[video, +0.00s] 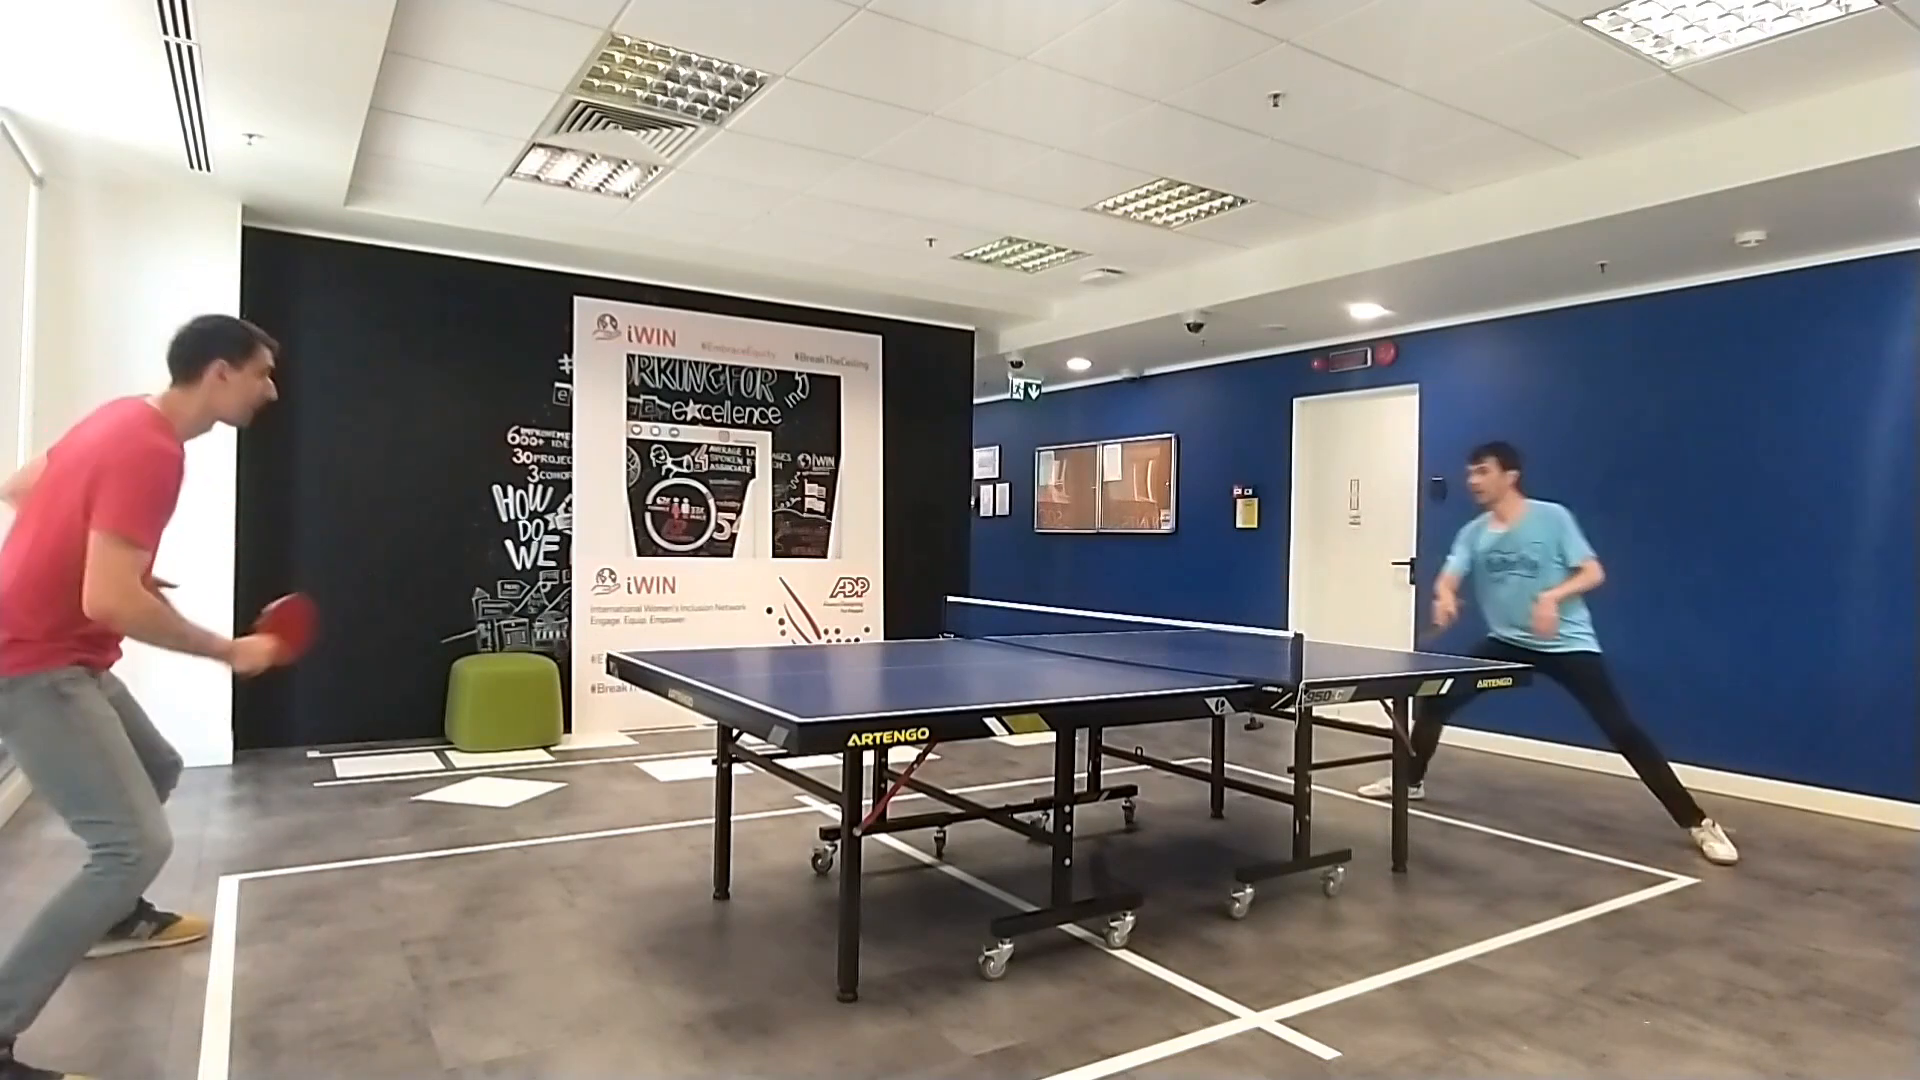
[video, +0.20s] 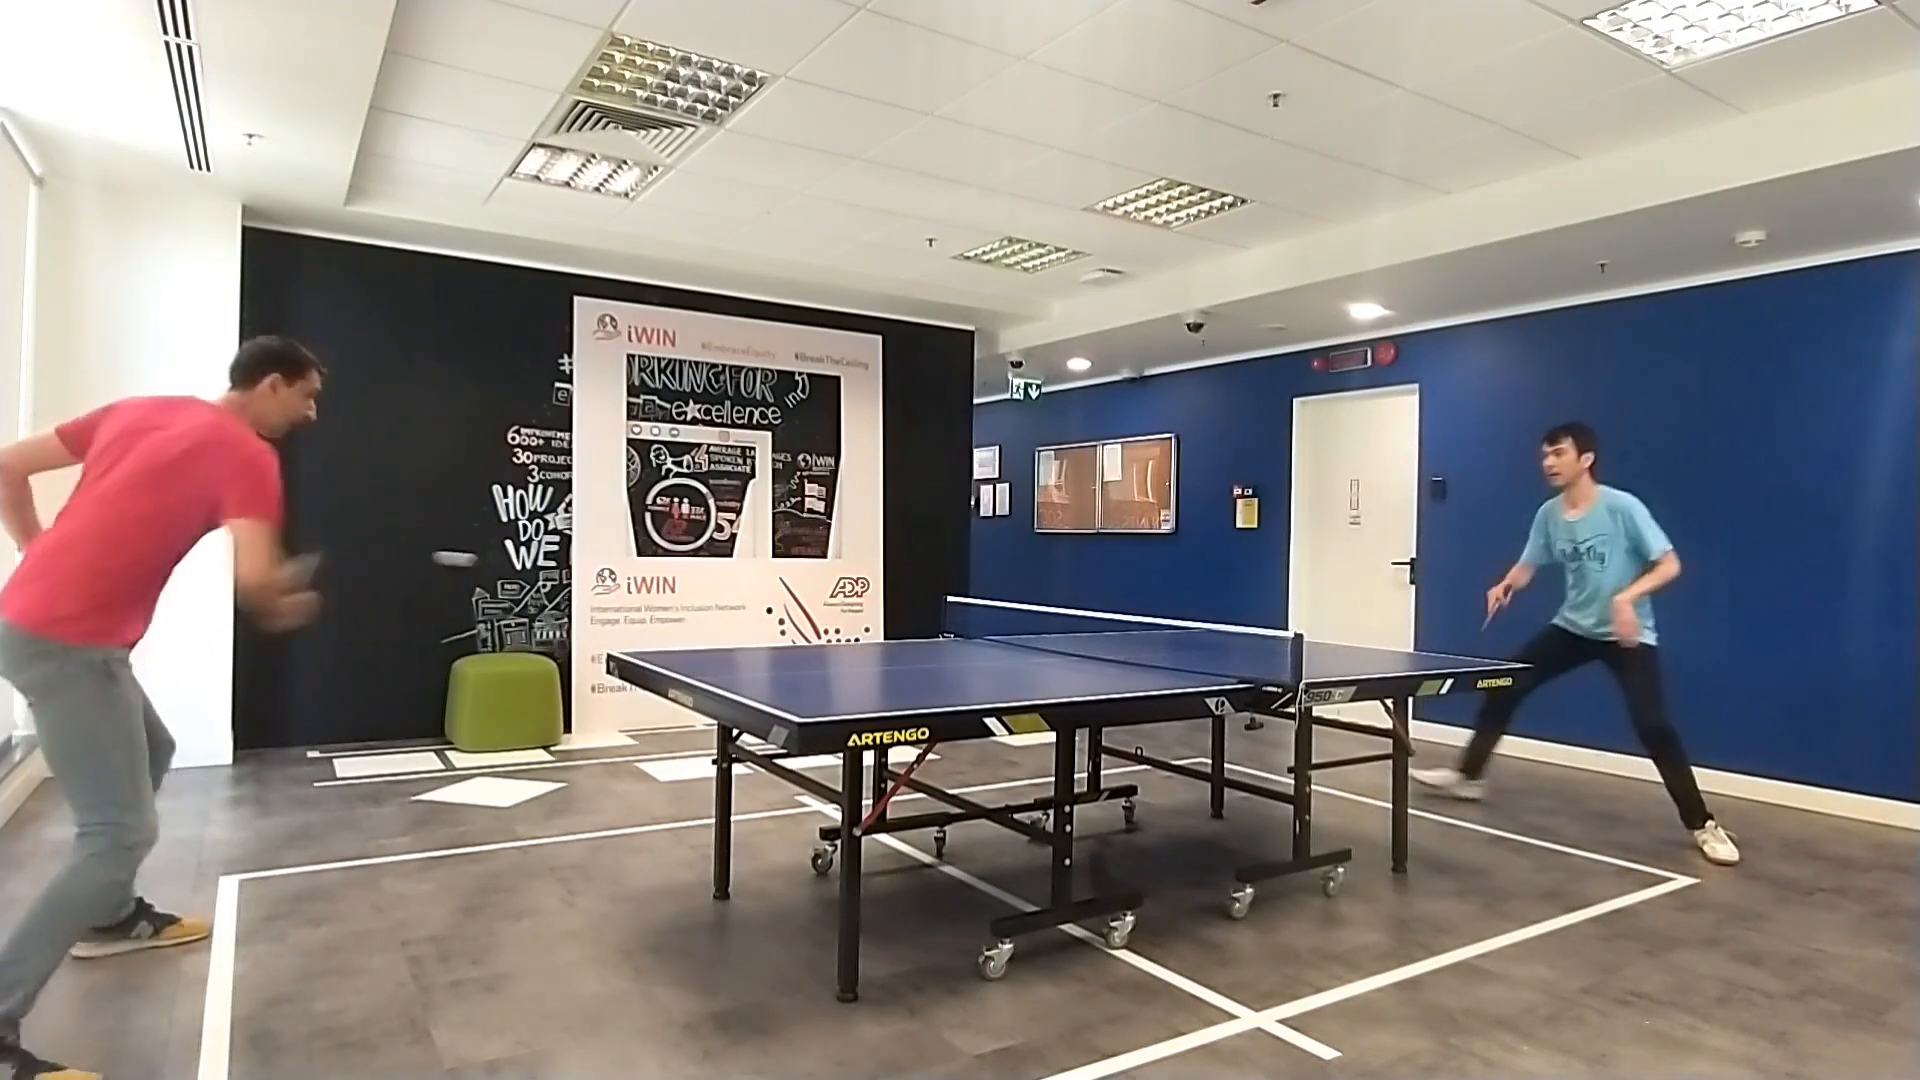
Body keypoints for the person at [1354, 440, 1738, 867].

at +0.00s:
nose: (1473, 481)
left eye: (1481, 473)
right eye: (1470, 474)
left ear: (1510, 476)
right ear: (1473, 482)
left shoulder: (1552, 517)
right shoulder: (1473, 532)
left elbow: (1592, 572)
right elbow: (1447, 579)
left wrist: (1551, 596)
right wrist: (1445, 599)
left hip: (1569, 648)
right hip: (1507, 645)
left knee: (1622, 730)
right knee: (1433, 700)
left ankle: (1698, 825)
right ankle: (1404, 780)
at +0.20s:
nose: (1548, 462)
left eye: (1558, 453)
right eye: (1546, 455)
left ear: (1586, 459)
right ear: (1546, 462)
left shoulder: (1623, 507)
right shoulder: (1549, 514)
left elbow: (1670, 565)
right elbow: (1528, 566)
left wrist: (1626, 598)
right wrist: (1507, 585)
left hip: (1628, 637)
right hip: (1572, 629)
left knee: (1653, 726)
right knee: (1505, 682)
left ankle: (1703, 827)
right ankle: (1468, 776)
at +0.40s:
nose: (1565, 457)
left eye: (1574, 448)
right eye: (1562, 450)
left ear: (1601, 452)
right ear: (1561, 456)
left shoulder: (1639, 496)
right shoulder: (1564, 508)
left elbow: (1689, 550)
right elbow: (1546, 562)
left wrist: (1652, 567)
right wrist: (1510, 574)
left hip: (1658, 620)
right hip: (1606, 625)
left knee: (1683, 702)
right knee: (1560, 699)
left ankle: (1746, 812)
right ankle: (1590, 780)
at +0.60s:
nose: (1591, 479)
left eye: (1598, 468)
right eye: (1587, 471)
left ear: (1628, 464)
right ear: (1598, 474)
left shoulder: (1666, 505)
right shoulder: (1618, 513)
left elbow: (1722, 560)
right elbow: (1646, 570)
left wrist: (1658, 558)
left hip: (1693, 637)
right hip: (1641, 638)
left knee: (1734, 722)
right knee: (1588, 709)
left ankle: (1837, 830)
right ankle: (1593, 785)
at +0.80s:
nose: (1689, 478)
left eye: (1690, 466)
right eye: (1685, 468)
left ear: (1715, 453)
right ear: (1714, 457)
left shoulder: (1766, 500)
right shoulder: (1733, 500)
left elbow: (1791, 575)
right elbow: (1734, 558)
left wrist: (1723, 553)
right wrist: (1682, 542)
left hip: (1763, 650)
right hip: (1717, 635)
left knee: (1775, 751)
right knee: (1664, 702)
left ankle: (1869, 854)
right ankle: (1629, 780)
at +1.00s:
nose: (1765, 451)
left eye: (1775, 440)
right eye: (1764, 442)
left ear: (1811, 444)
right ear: (1766, 447)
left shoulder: (1843, 510)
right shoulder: (1763, 478)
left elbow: (1862, 590)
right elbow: (1719, 482)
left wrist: (1794, 576)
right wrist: (1716, 502)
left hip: (1800, 642)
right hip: (1742, 625)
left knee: (1801, 741)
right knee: (1700, 700)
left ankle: (1871, 854)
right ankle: (1719, 777)